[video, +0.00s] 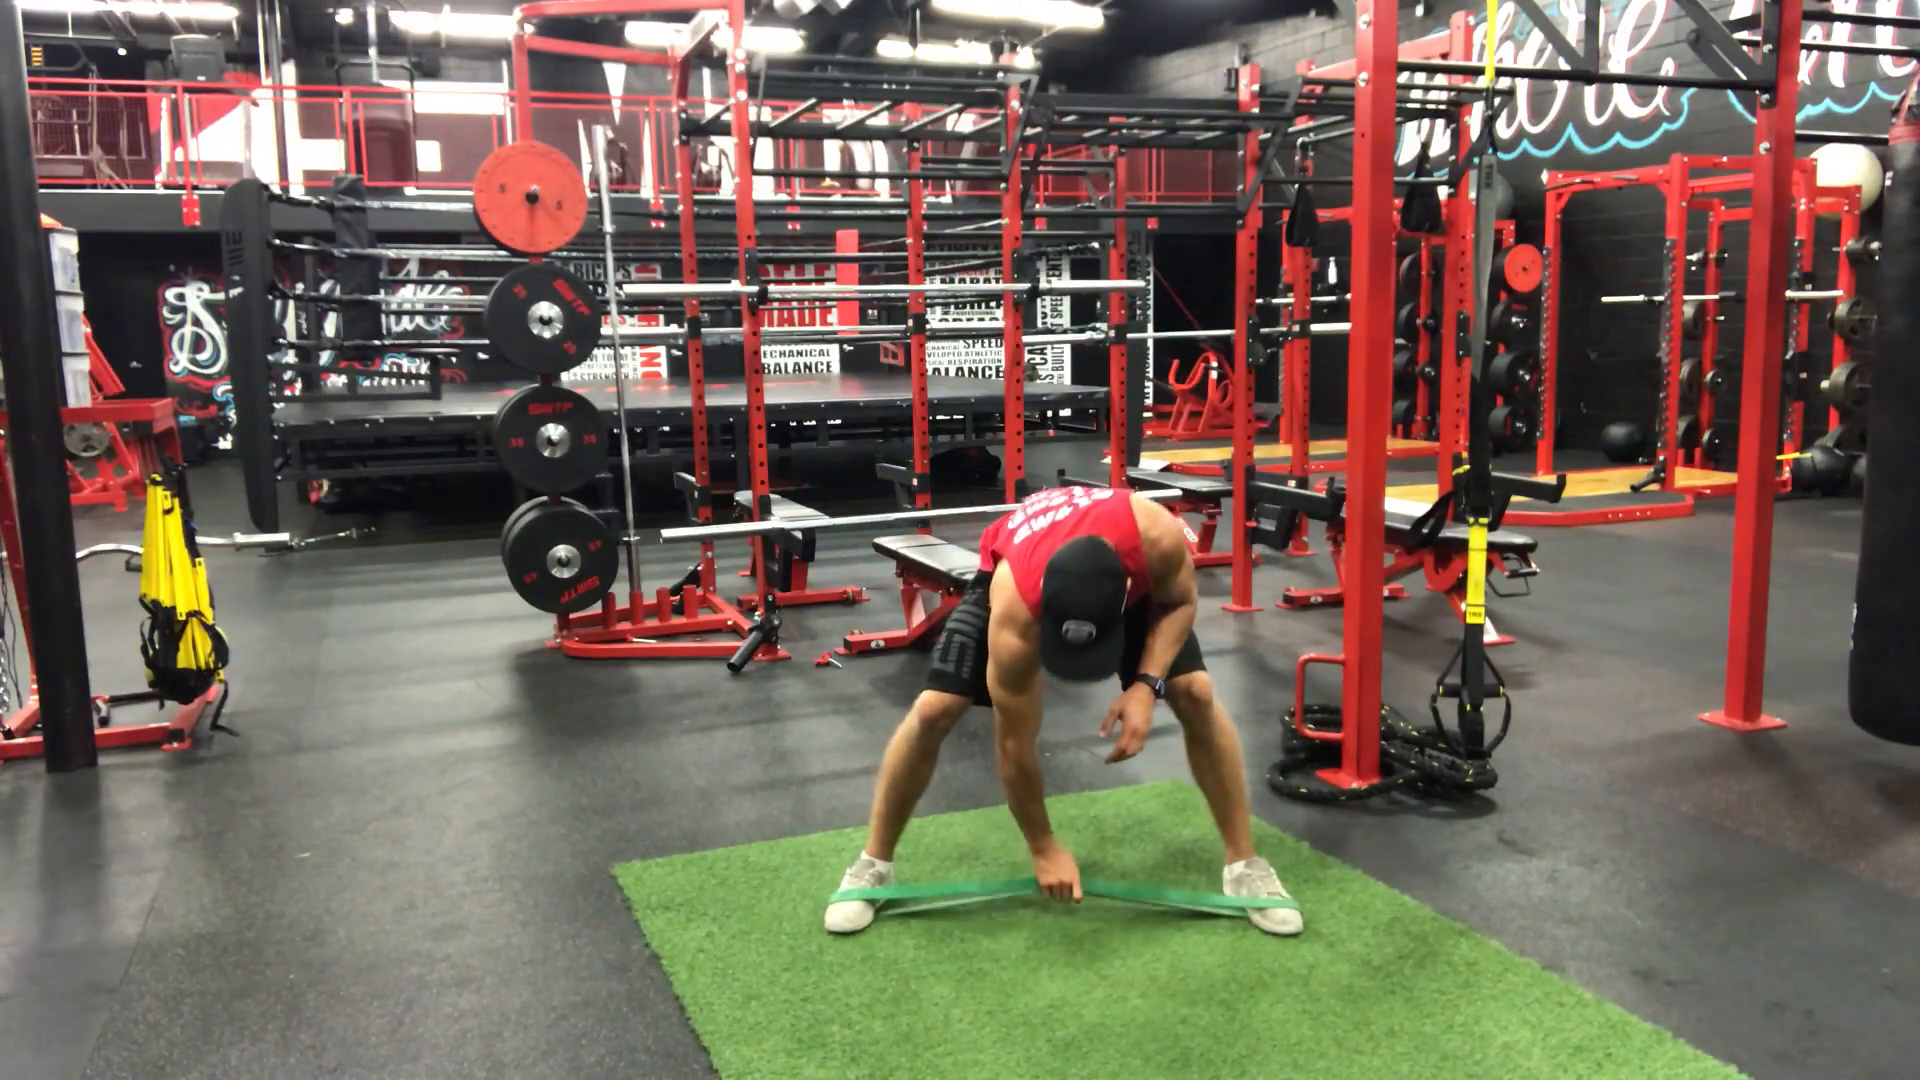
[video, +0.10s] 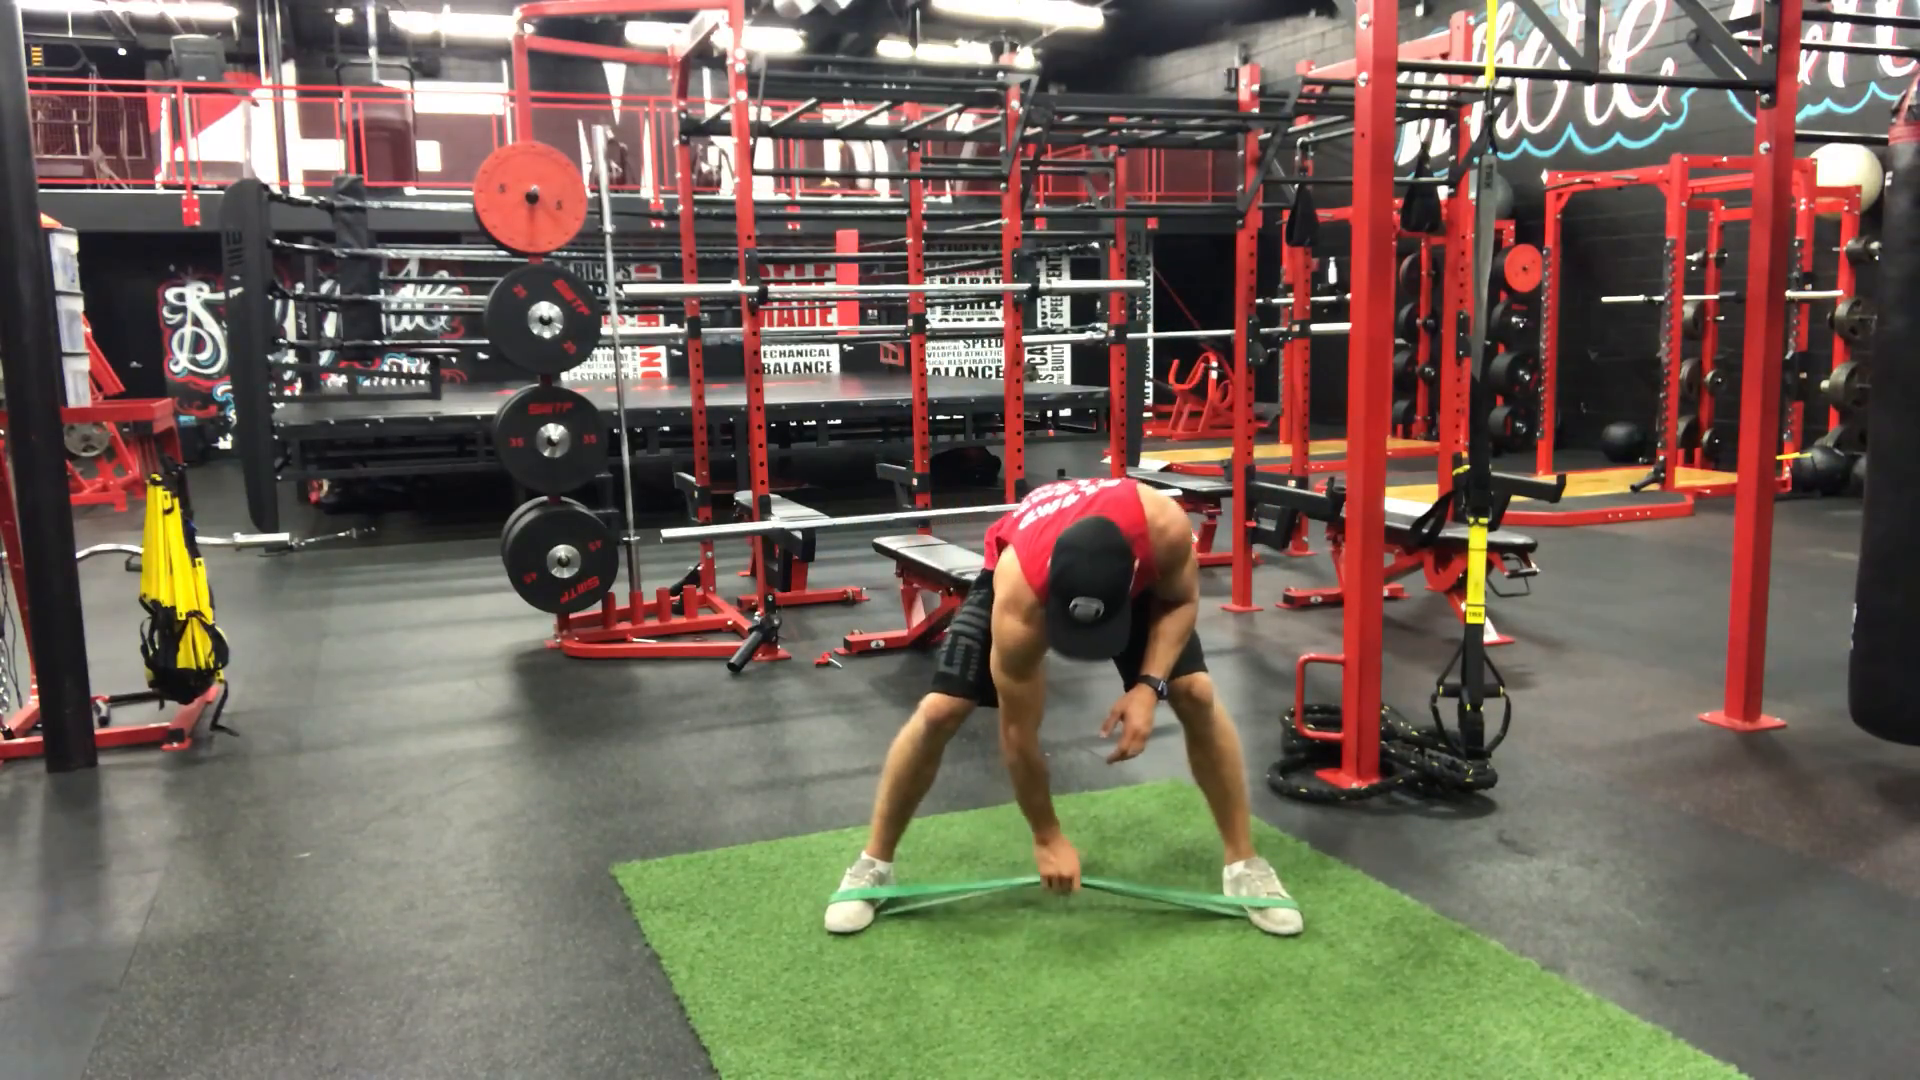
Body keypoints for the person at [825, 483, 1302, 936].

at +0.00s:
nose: (1074, 665)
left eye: (1097, 651)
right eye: (1064, 653)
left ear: (1126, 591)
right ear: (1045, 606)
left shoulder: (1162, 541)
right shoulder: (1011, 608)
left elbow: (1180, 604)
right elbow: (1016, 746)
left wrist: (1146, 685)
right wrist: (1044, 849)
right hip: (1011, 557)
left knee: (1197, 695)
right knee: (933, 709)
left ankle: (1244, 863)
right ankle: (873, 862)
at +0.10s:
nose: (1077, 641)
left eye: (1106, 625)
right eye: (1068, 626)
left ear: (1131, 576)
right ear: (1050, 592)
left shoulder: (1167, 530)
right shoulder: (1018, 595)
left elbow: (1181, 603)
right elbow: (1020, 736)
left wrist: (1149, 686)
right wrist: (1048, 838)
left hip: (1133, 584)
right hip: (1019, 566)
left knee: (1197, 694)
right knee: (938, 711)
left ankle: (1244, 862)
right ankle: (873, 864)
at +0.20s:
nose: (1099, 621)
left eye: (1114, 609)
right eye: (1083, 611)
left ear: (1146, 563)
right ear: (1061, 579)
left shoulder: (1178, 522)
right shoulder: (1031, 584)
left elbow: (1189, 599)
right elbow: (1030, 730)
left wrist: (1156, 684)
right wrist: (1053, 835)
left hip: (1139, 580)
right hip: (1028, 573)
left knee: (1202, 696)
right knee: (945, 713)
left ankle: (1244, 863)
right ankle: (873, 863)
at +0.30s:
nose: (1109, 609)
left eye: (1124, 598)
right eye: (1098, 598)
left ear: (1160, 554)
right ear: (1079, 560)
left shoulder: (1192, 512)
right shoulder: (1046, 576)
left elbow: (1204, 592)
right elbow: (1041, 716)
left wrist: (1175, 675)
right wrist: (1056, 830)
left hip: (1147, 579)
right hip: (1039, 573)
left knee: (1206, 702)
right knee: (955, 715)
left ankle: (1244, 862)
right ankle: (874, 862)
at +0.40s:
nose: (1113, 598)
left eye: (1131, 585)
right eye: (1102, 582)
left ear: (1164, 542)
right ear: (1084, 548)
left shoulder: (1202, 501)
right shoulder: (1048, 562)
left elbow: (1228, 576)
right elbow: (1044, 700)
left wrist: (1208, 660)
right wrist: (1057, 813)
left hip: (1152, 576)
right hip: (1046, 571)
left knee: (1213, 705)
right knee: (957, 705)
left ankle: (1245, 862)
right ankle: (877, 859)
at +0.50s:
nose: (1090, 566)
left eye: (1107, 556)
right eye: (1079, 556)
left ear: (1143, 514)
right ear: (1059, 528)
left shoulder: (1181, 480)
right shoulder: (1027, 542)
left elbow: (1240, 546)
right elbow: (1039, 685)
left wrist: (1233, 643)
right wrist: (1066, 789)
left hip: (1137, 569)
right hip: (1037, 571)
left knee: (1207, 702)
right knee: (955, 698)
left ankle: (1246, 864)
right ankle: (905, 853)